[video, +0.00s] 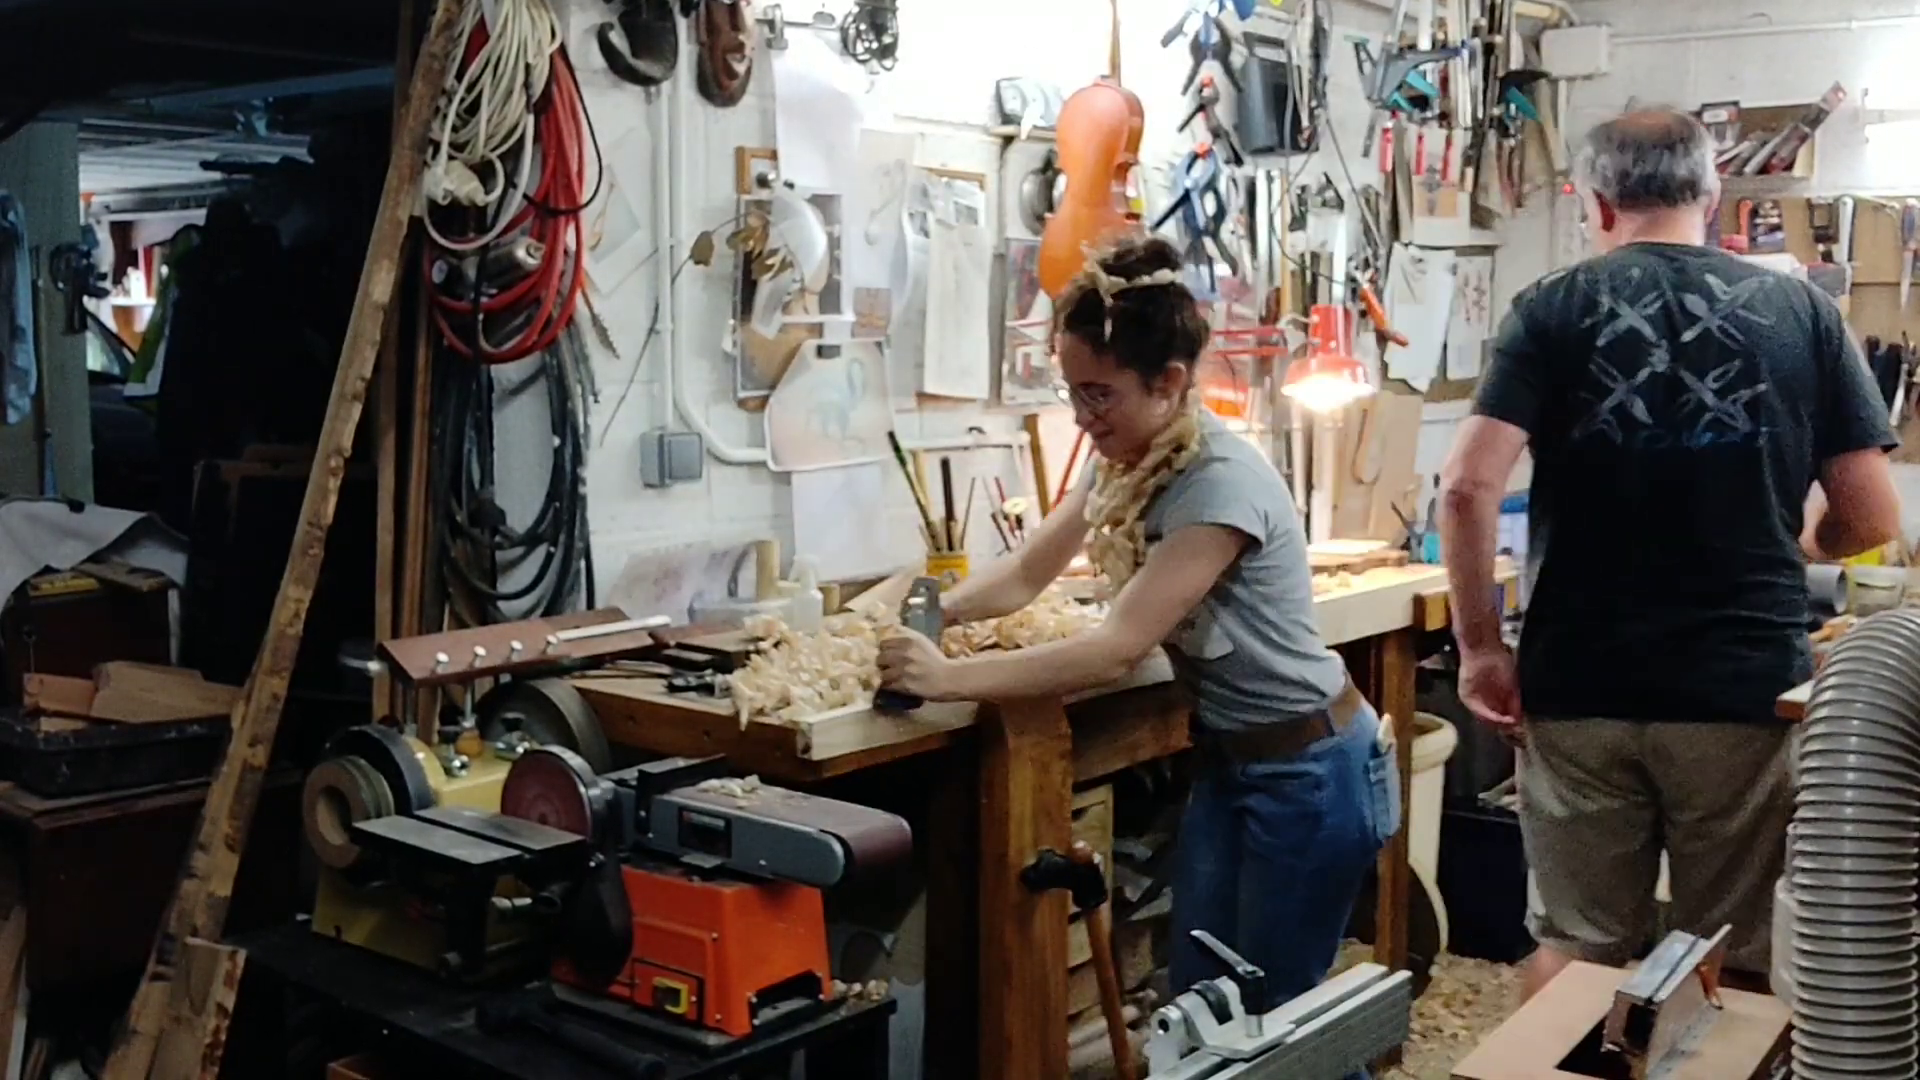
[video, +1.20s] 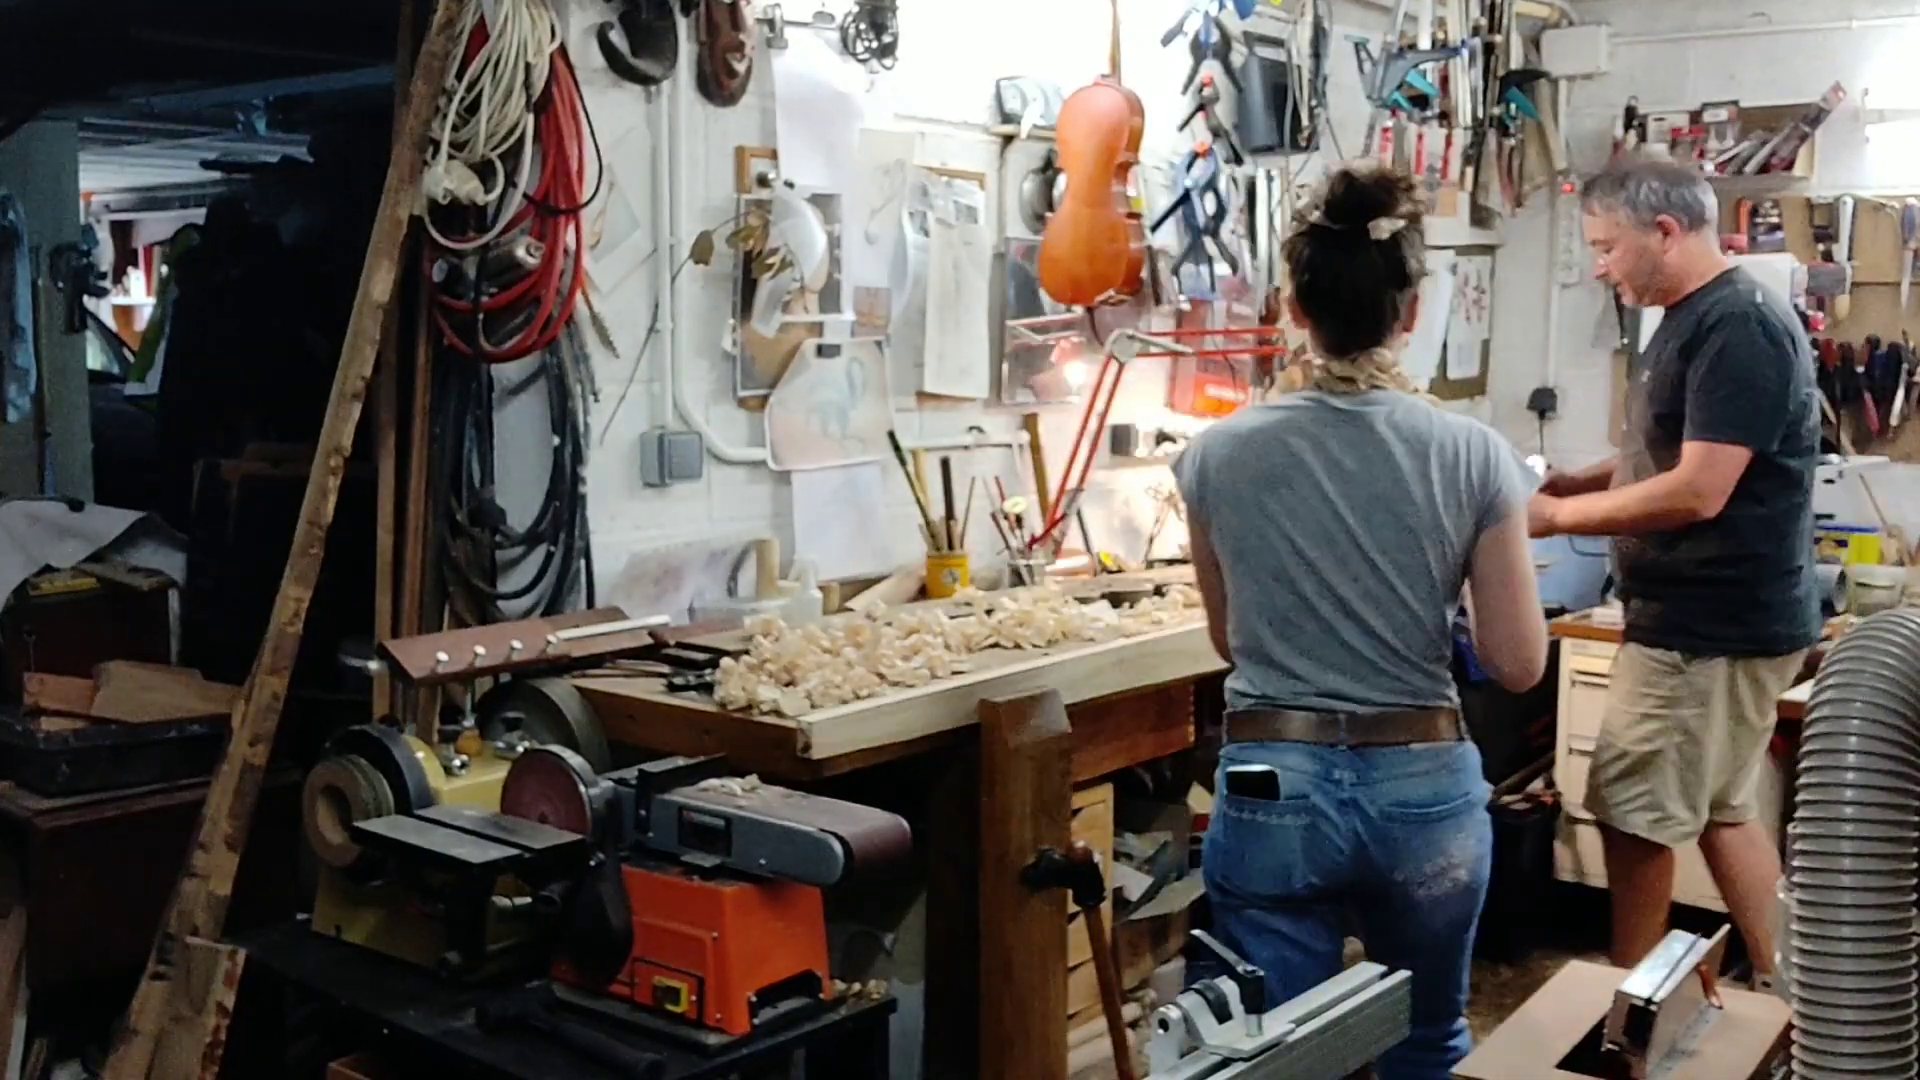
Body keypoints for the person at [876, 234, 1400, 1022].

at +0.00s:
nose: (1079, 415)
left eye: (1097, 394)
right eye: (1071, 392)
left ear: (1172, 383)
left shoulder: (1222, 485)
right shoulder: (1127, 461)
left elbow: (1116, 649)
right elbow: (1025, 571)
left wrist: (950, 676)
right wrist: (925, 612)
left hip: (1312, 769)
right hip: (1229, 762)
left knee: (1269, 1020)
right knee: (1197, 1009)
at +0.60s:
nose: (1058, 329)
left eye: (1070, 309)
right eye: (1058, 307)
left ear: (1138, 311)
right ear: (1139, 313)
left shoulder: (1201, 441)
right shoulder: (1162, 426)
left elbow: (1143, 659)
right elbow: (1127, 584)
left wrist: (978, 591)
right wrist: (1008, 563)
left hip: (1263, 766)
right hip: (1214, 758)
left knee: (1223, 1030)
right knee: (1144, 997)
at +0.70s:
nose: (1092, 330)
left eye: (1096, 307)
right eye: (1090, 308)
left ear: (1142, 312)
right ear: (1211, 309)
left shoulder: (1199, 448)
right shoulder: (1255, 412)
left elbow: (1163, 680)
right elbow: (1234, 601)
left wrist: (1011, 594)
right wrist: (1098, 565)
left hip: (1262, 795)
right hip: (1315, 767)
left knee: (1199, 1046)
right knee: (1162, 1005)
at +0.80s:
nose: (1137, 322)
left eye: (1138, 302)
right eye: (1135, 301)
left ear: (1162, 309)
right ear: (1259, 307)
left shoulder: (1185, 460)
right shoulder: (1324, 434)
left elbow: (1167, 680)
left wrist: (1042, 589)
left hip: (1266, 797)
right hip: (1369, 771)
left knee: (1213, 1044)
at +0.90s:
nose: (1172, 304)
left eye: (1173, 285)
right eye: (1171, 285)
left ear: (1190, 295)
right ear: (1302, 295)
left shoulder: (1174, 449)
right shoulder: (1381, 426)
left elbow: (1157, 668)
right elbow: (1425, 618)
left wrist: (1080, 567)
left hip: (1262, 792)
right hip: (1391, 774)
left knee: (1229, 1047)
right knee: (1287, 1022)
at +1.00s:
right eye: (1351, 284)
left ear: (1228, 299)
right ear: (1349, 299)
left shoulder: (1172, 451)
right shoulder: (1422, 437)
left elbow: (1156, 653)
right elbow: (1473, 638)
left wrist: (1224, 574)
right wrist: (1391, 605)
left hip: (1255, 795)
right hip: (1402, 782)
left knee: (1245, 1051)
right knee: (1364, 1037)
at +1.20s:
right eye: (1415, 302)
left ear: (1294, 312)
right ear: (1410, 313)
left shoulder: (1216, 456)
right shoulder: (1474, 455)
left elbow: (1229, 639)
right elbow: (1519, 664)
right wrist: (1461, 586)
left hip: (1268, 781)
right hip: (1428, 780)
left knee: (1273, 1049)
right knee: (1427, 1036)